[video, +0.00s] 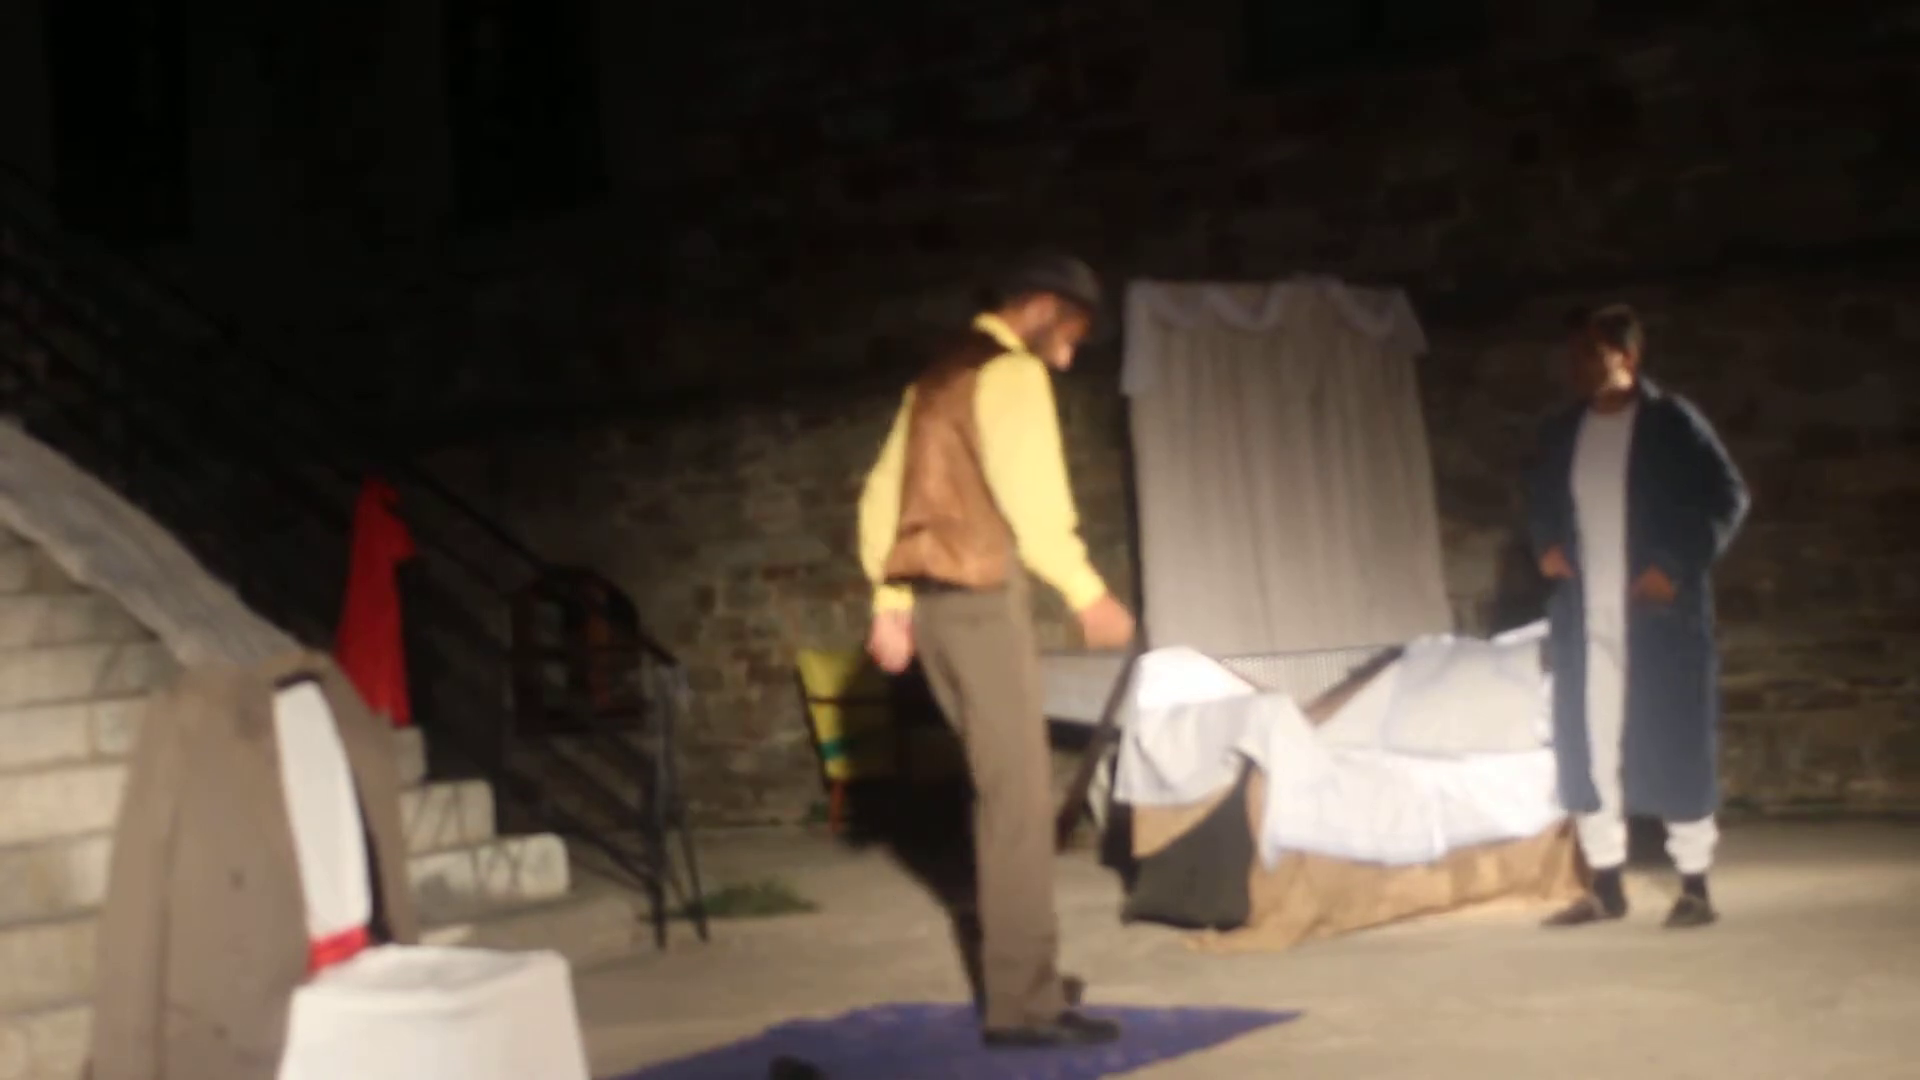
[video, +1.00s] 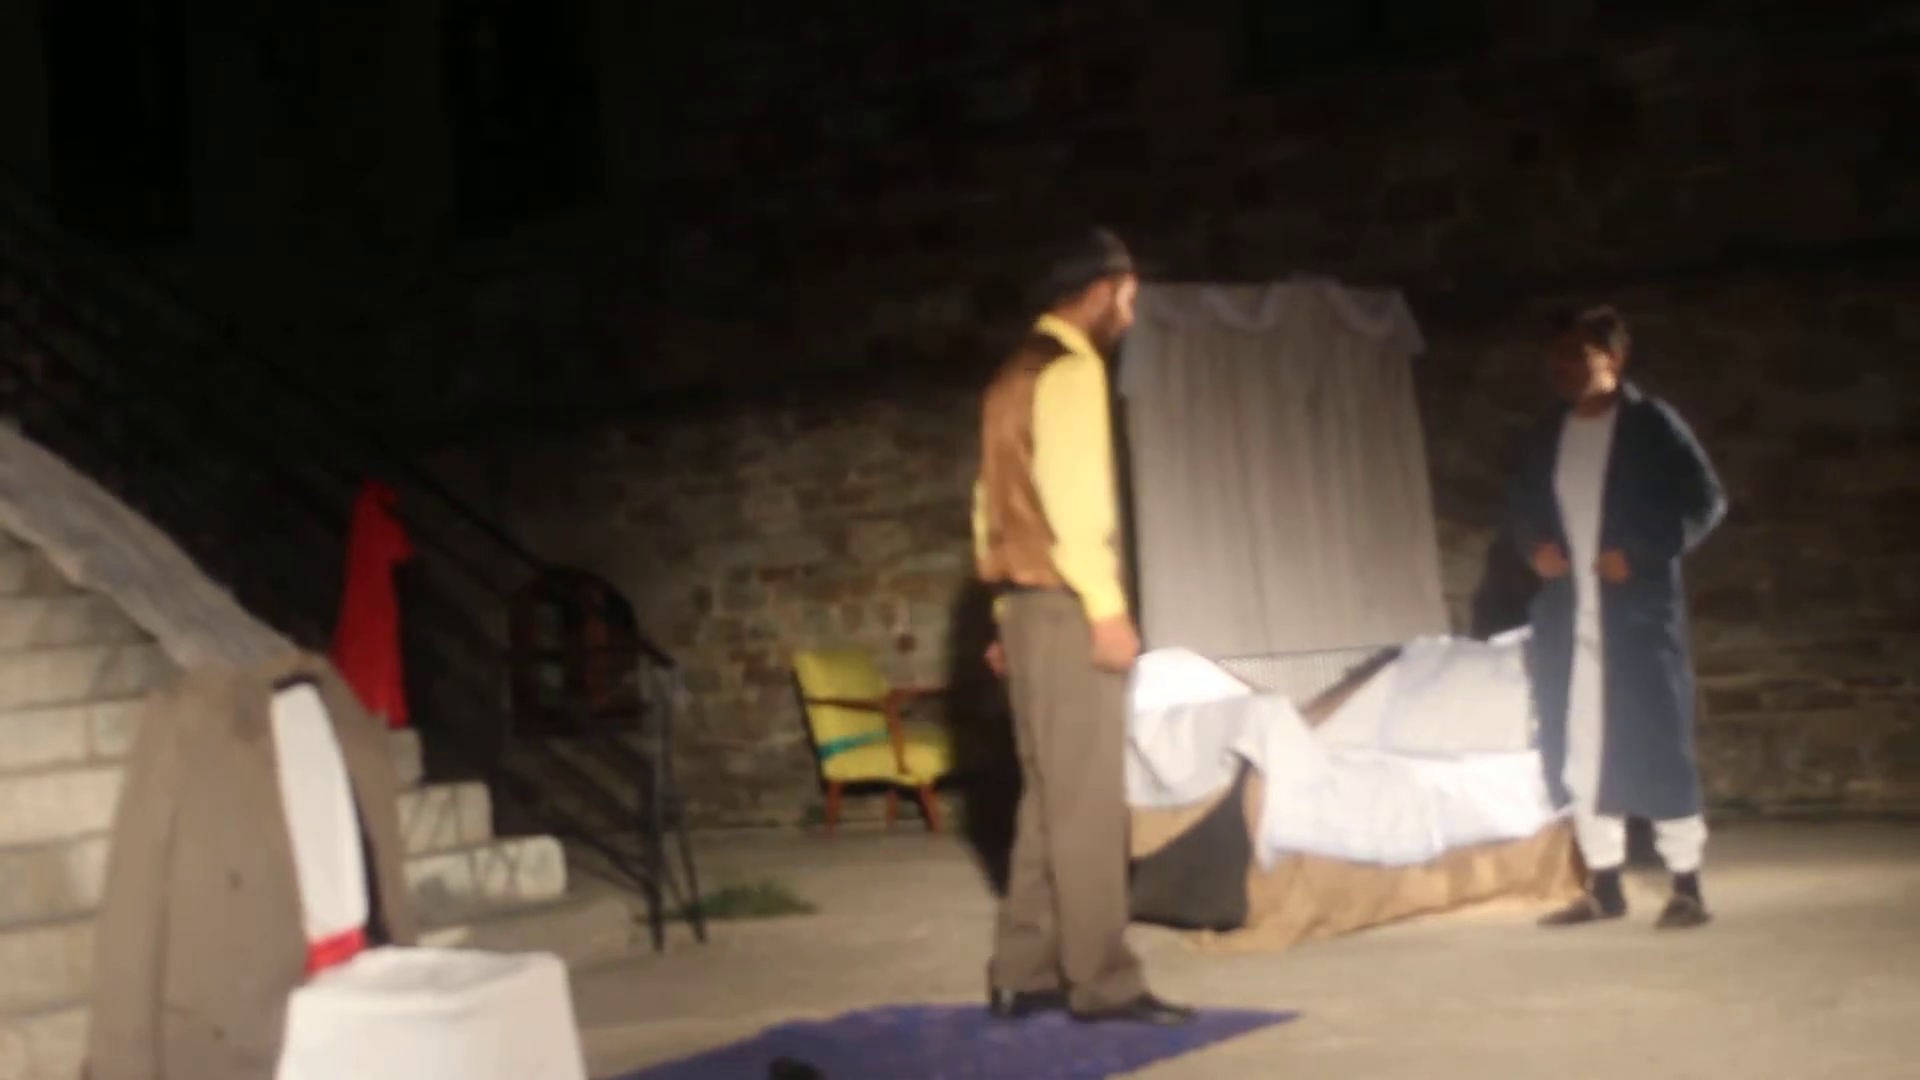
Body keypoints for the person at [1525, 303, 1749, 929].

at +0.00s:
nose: (1588, 368)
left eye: (1599, 356)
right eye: (1581, 357)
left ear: (1629, 357)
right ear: (1572, 363)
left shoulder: (1672, 421)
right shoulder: (1558, 431)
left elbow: (1727, 500)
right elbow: (1537, 494)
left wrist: (1675, 567)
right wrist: (1547, 541)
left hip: (1663, 622)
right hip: (1586, 624)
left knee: (1678, 743)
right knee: (1586, 745)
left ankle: (1694, 886)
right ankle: (1605, 886)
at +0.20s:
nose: (1585, 374)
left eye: (1596, 362)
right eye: (1577, 363)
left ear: (1624, 361)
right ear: (1568, 367)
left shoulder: (1666, 422)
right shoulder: (1555, 433)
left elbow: (1720, 501)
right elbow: (1538, 501)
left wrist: (1665, 564)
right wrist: (1545, 547)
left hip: (1658, 622)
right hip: (1581, 625)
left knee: (1675, 742)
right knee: (1585, 745)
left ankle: (1692, 886)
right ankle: (1606, 886)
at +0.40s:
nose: (1572, 376)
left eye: (1583, 364)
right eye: (1565, 365)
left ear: (1610, 364)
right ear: (1557, 369)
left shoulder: (1650, 424)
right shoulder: (1543, 437)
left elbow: (1702, 504)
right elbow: (1522, 506)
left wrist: (1645, 565)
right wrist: (1530, 548)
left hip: (1641, 621)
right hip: (1568, 623)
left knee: (1663, 744)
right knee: (1584, 749)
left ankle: (1690, 885)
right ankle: (1605, 888)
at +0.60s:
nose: (1568, 374)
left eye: (1579, 362)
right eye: (1561, 363)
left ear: (1607, 361)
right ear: (1552, 368)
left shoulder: (1646, 423)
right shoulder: (1537, 437)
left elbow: (1703, 500)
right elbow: (1516, 507)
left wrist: (1635, 549)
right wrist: (1525, 541)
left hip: (1634, 615)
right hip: (1562, 617)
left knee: (1651, 738)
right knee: (1578, 742)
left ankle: (1687, 884)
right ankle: (1605, 887)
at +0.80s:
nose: (1572, 370)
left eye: (1583, 358)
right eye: (1565, 358)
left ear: (1612, 360)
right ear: (1555, 365)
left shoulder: (1649, 422)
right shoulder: (1539, 435)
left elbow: (1705, 500)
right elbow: (1514, 508)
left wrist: (1635, 546)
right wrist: (1526, 541)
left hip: (1638, 618)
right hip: (1566, 619)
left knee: (1658, 740)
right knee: (1579, 743)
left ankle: (1686, 886)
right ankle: (1604, 887)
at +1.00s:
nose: (1572, 370)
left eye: (1583, 358)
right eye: (1565, 359)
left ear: (1614, 358)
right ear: (1555, 365)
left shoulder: (1653, 423)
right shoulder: (1542, 433)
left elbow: (1705, 502)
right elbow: (1518, 503)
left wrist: (1637, 554)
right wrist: (1536, 544)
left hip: (1640, 615)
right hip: (1567, 615)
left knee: (1660, 740)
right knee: (1578, 740)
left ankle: (1686, 886)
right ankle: (1604, 887)